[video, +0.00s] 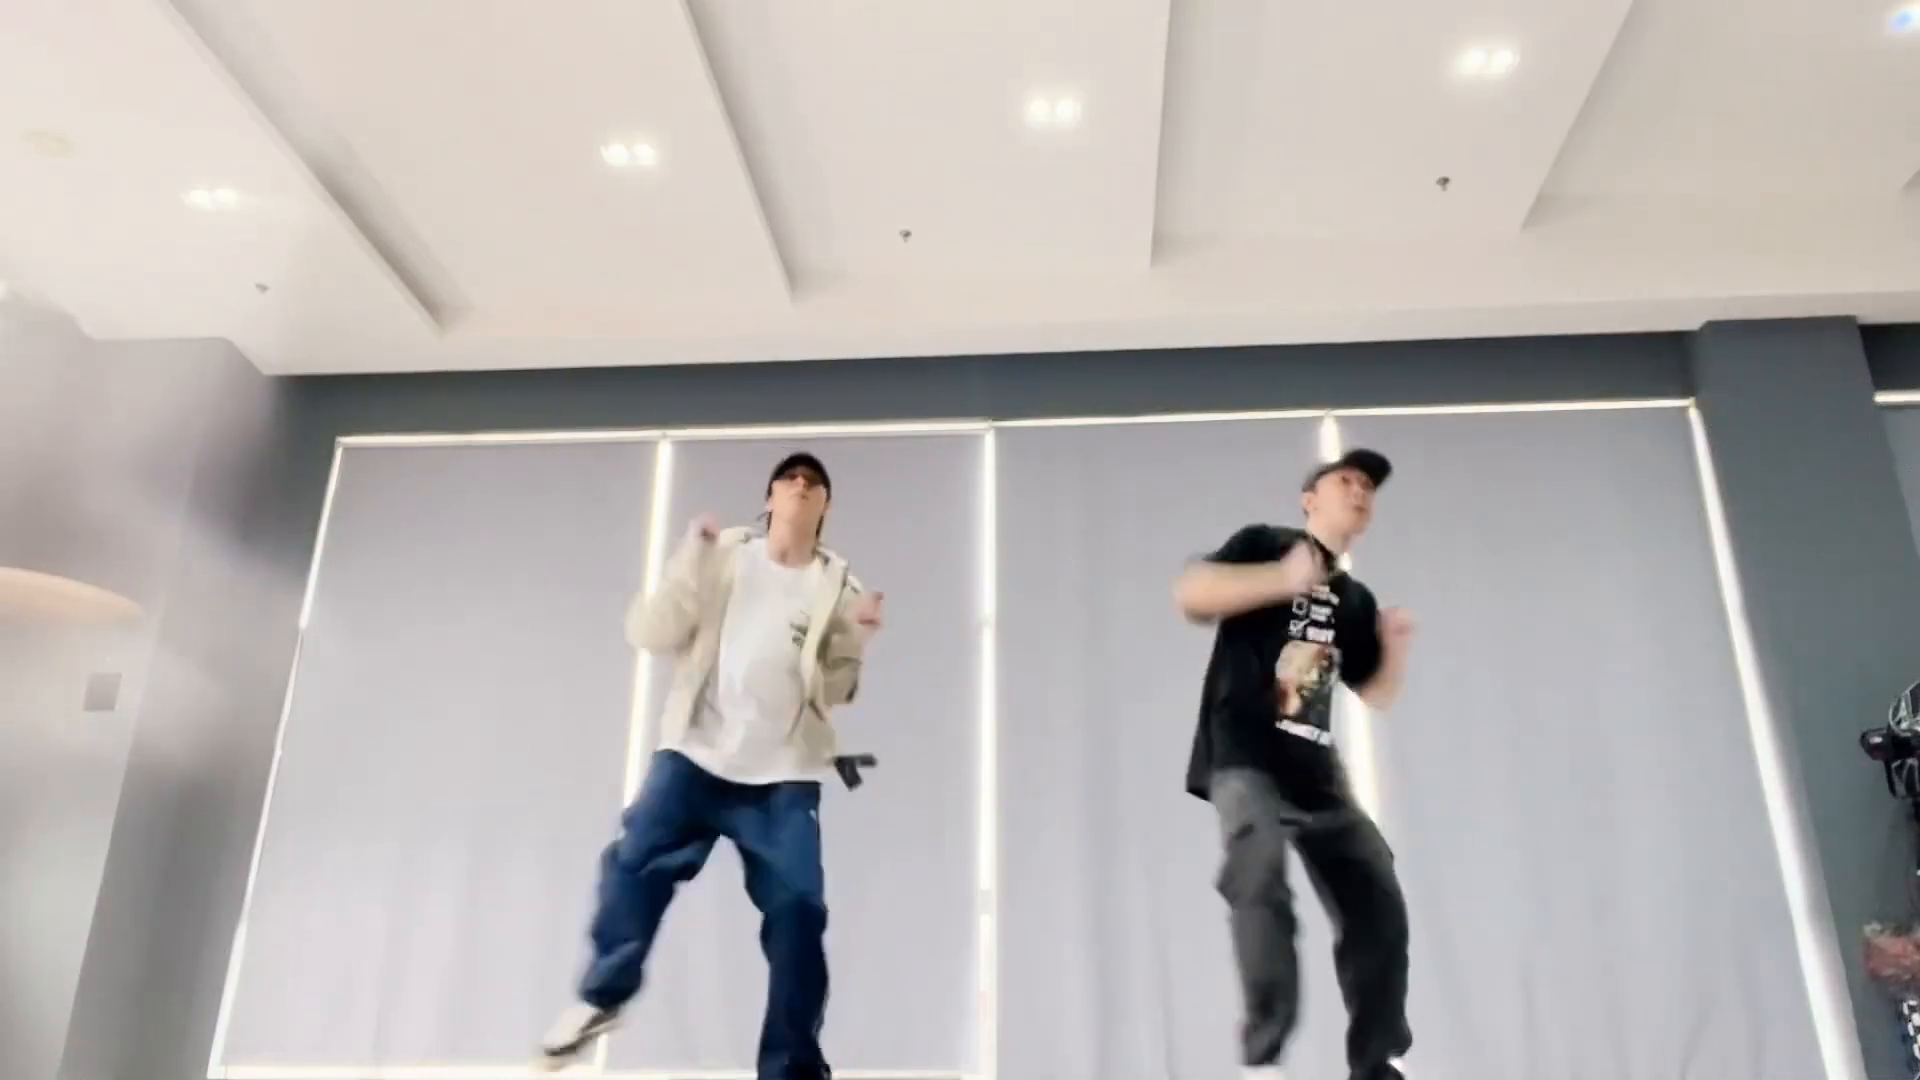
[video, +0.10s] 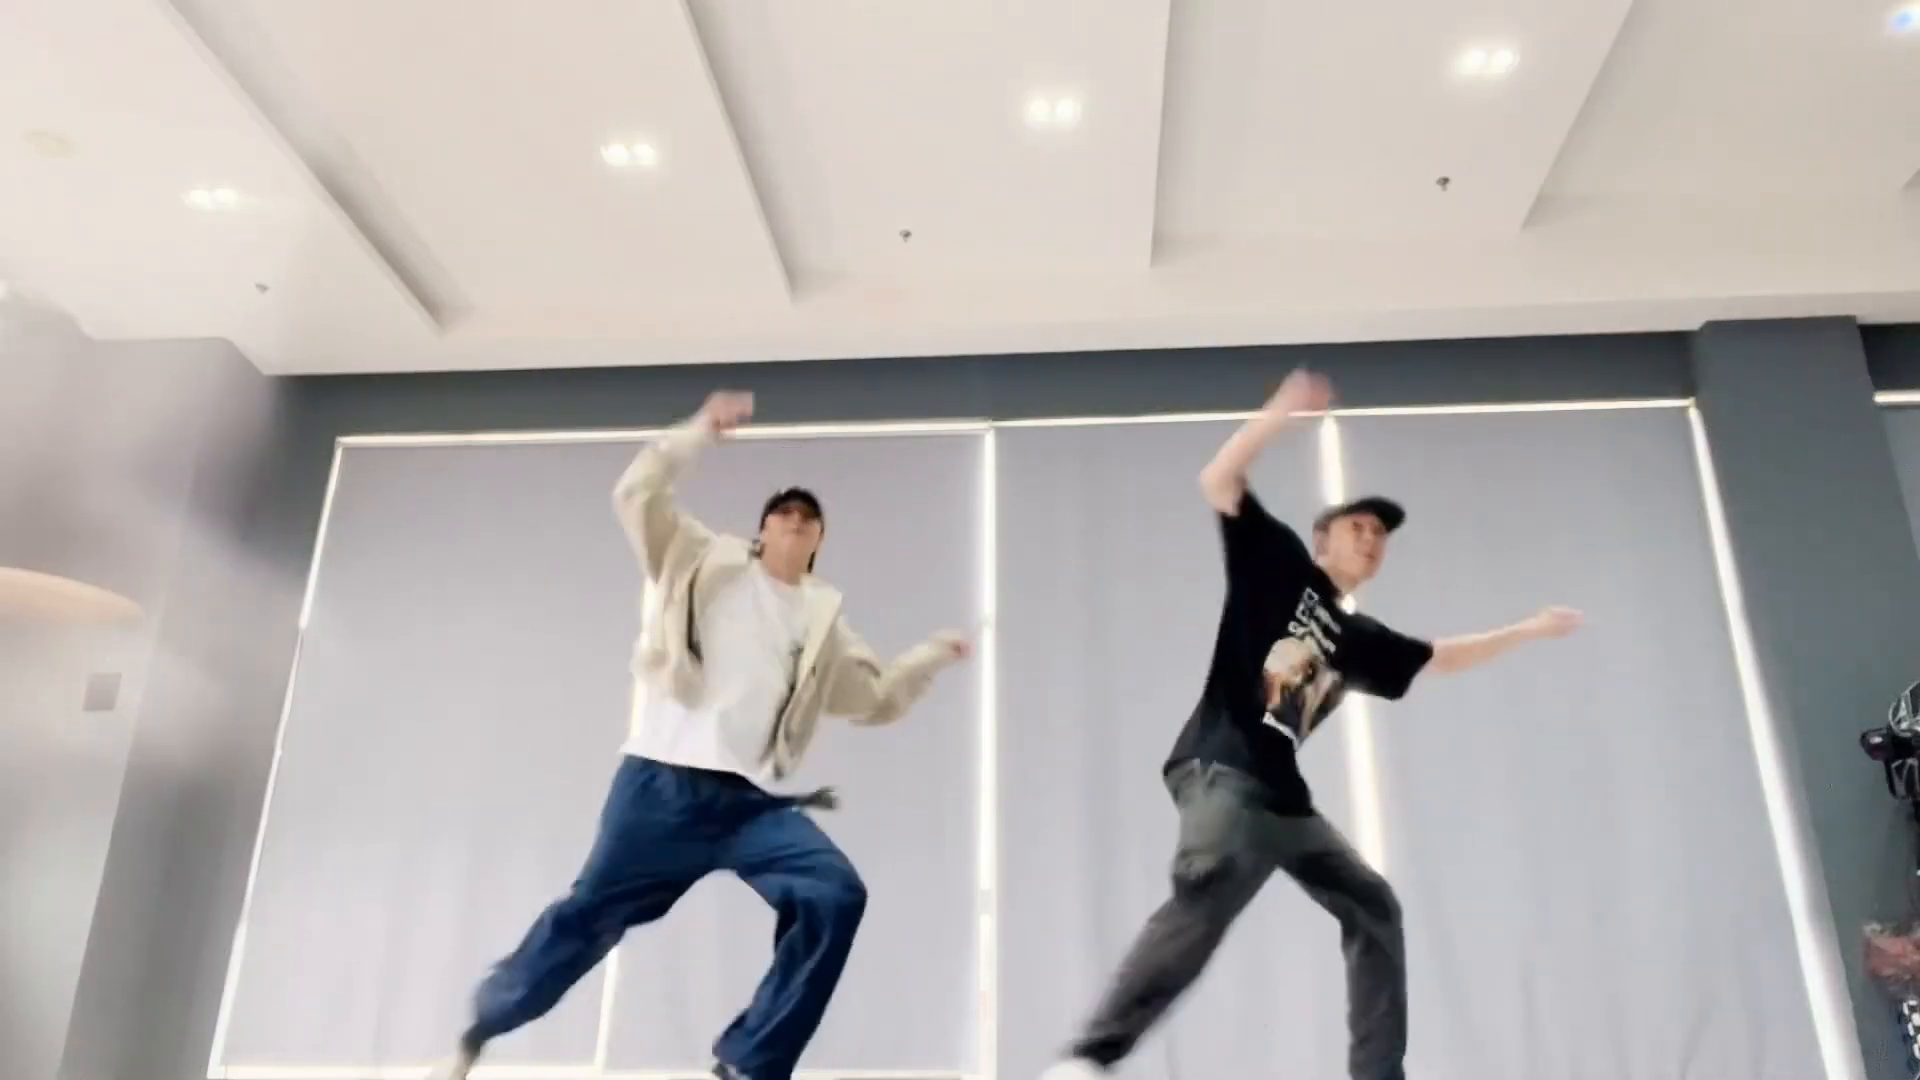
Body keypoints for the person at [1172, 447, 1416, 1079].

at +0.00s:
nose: (1359, 499)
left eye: (1368, 494)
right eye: (1346, 486)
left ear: (1370, 517)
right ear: (1310, 496)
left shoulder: (1356, 599)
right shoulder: (1263, 545)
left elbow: (1375, 693)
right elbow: (1192, 595)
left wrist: (1391, 651)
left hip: (1312, 761)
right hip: (1242, 747)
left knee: (1375, 897)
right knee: (1257, 868)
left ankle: (1376, 1060)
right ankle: (1264, 1051)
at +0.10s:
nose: (1372, 547)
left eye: (1381, 541)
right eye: (1360, 532)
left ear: (1381, 558)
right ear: (1323, 534)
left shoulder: (1356, 637)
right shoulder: (1274, 554)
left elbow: (1441, 656)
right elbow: (1219, 480)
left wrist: (1530, 630)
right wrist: (1278, 412)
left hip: (1282, 797)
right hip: (1223, 766)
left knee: (1374, 908)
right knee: (1209, 893)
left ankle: (1378, 1074)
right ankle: (1091, 1056)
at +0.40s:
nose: (1323, 484)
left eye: (1334, 477)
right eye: (1309, 476)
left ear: (1348, 497)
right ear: (1287, 495)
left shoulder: (1369, 597)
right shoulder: (1256, 561)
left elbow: (1362, 692)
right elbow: (1218, 664)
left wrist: (1348, 690)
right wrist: (1282, 654)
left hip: (1344, 761)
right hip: (1263, 740)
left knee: (1400, 910)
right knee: (1262, 871)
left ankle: (1385, 1071)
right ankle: (1185, 1020)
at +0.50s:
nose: (1276, 488)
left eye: (1289, 477)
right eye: (1261, 480)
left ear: (1308, 491)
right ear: (1246, 500)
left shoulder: (1359, 561)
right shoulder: (1234, 594)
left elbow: (1433, 624)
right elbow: (1227, 707)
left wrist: (1333, 603)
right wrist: (1270, 671)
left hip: (1380, 760)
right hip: (1292, 770)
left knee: (1419, 907)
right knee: (1311, 911)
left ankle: (1397, 1065)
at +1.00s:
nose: (1305, 502)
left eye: (1315, 495)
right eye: (1291, 492)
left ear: (1326, 513)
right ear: (1260, 509)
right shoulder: (1243, 616)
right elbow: (1262, 720)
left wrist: (1425, 667)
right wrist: (1273, 753)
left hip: (1403, 785)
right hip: (1313, 796)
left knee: (1476, 893)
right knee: (1258, 909)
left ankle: (1590, 1053)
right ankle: (1307, 1071)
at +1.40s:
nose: (1340, 600)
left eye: (1347, 594)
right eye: (1328, 590)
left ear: (1348, 612)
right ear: (1297, 598)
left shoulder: (1322, 712)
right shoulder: (1265, 634)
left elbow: (1305, 786)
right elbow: (1286, 523)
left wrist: (1260, 799)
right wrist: (1323, 439)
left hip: (1272, 862)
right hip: (1202, 846)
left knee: (1388, 934)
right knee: (1115, 952)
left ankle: (1355, 1071)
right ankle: (988, 1049)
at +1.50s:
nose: (1324, 555)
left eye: (1331, 547)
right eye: (1311, 545)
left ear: (1335, 565)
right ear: (1284, 560)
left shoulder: (1334, 667)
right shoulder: (1256, 597)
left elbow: (1330, 770)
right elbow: (1226, 497)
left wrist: (1316, 760)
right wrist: (1224, 403)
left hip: (1288, 830)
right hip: (1208, 817)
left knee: (1397, 929)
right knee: (1126, 925)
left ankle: (1357, 1070)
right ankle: (1015, 1058)